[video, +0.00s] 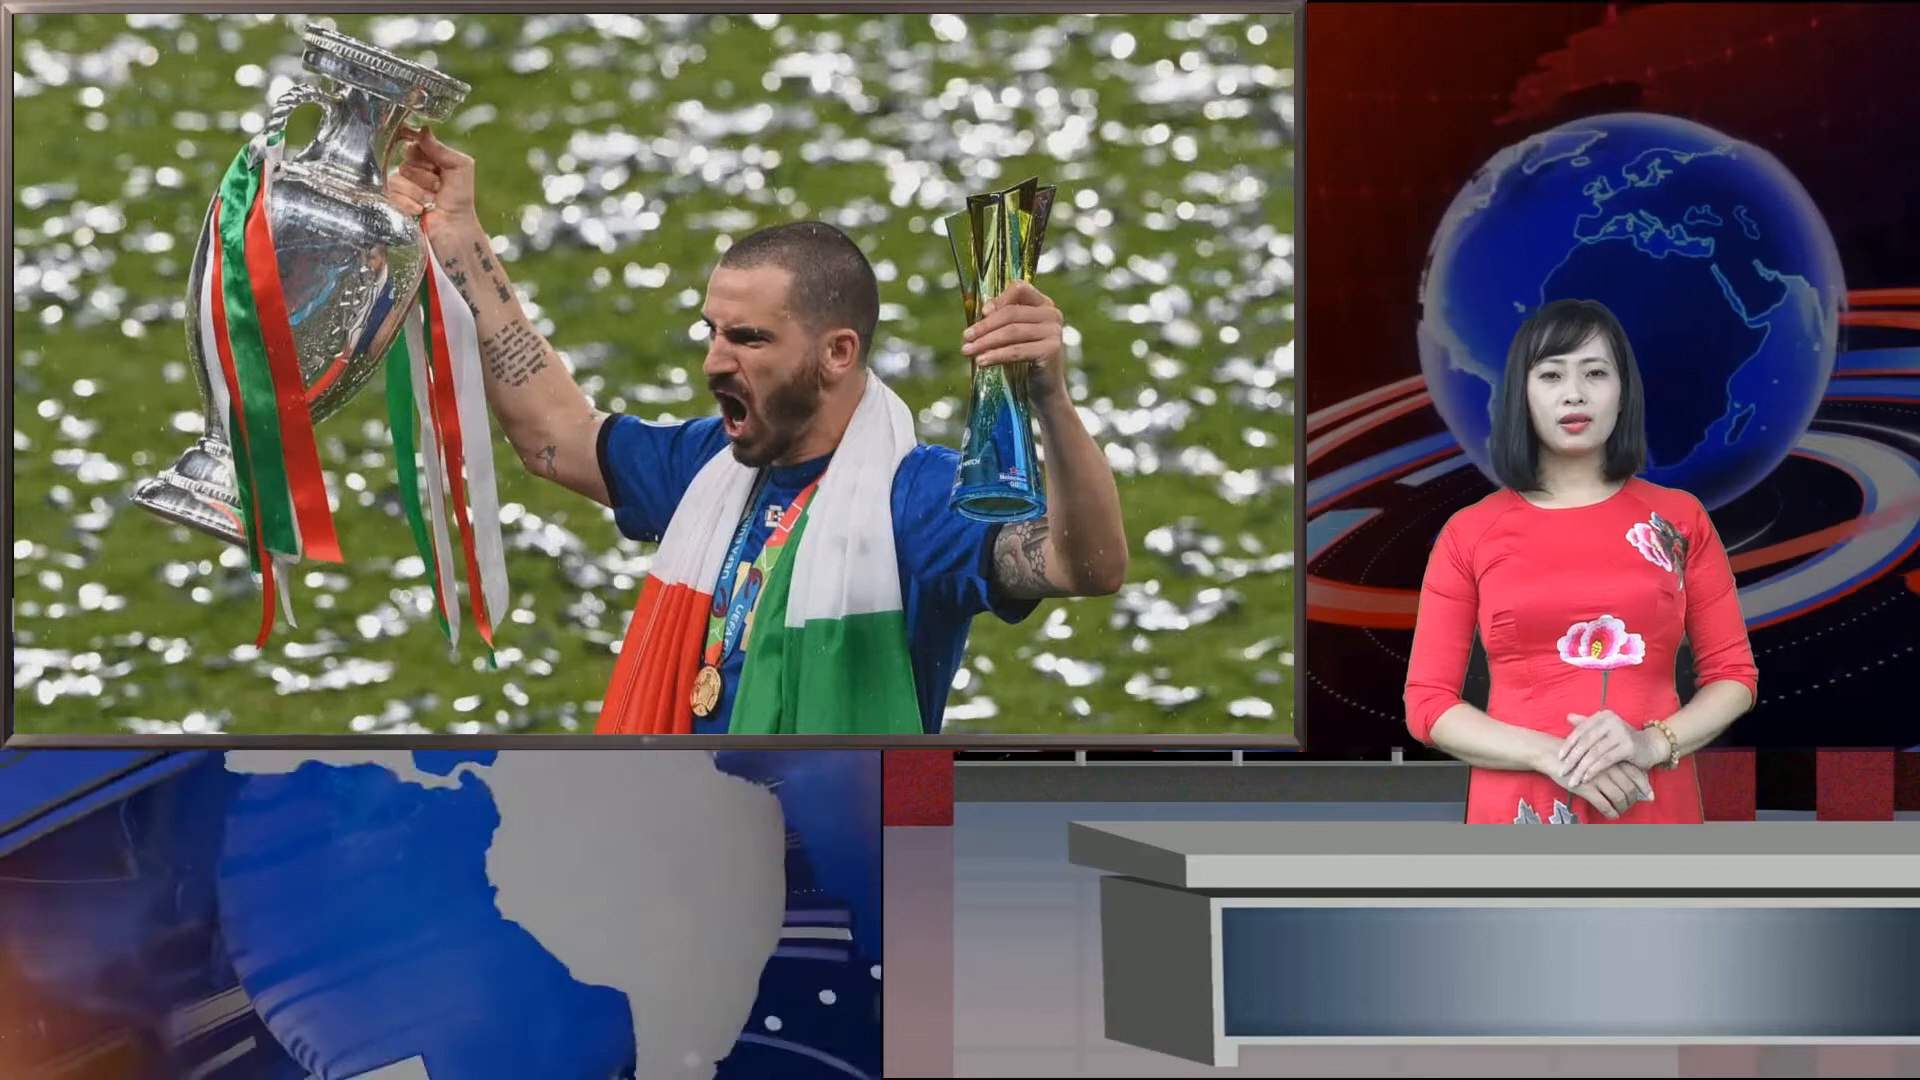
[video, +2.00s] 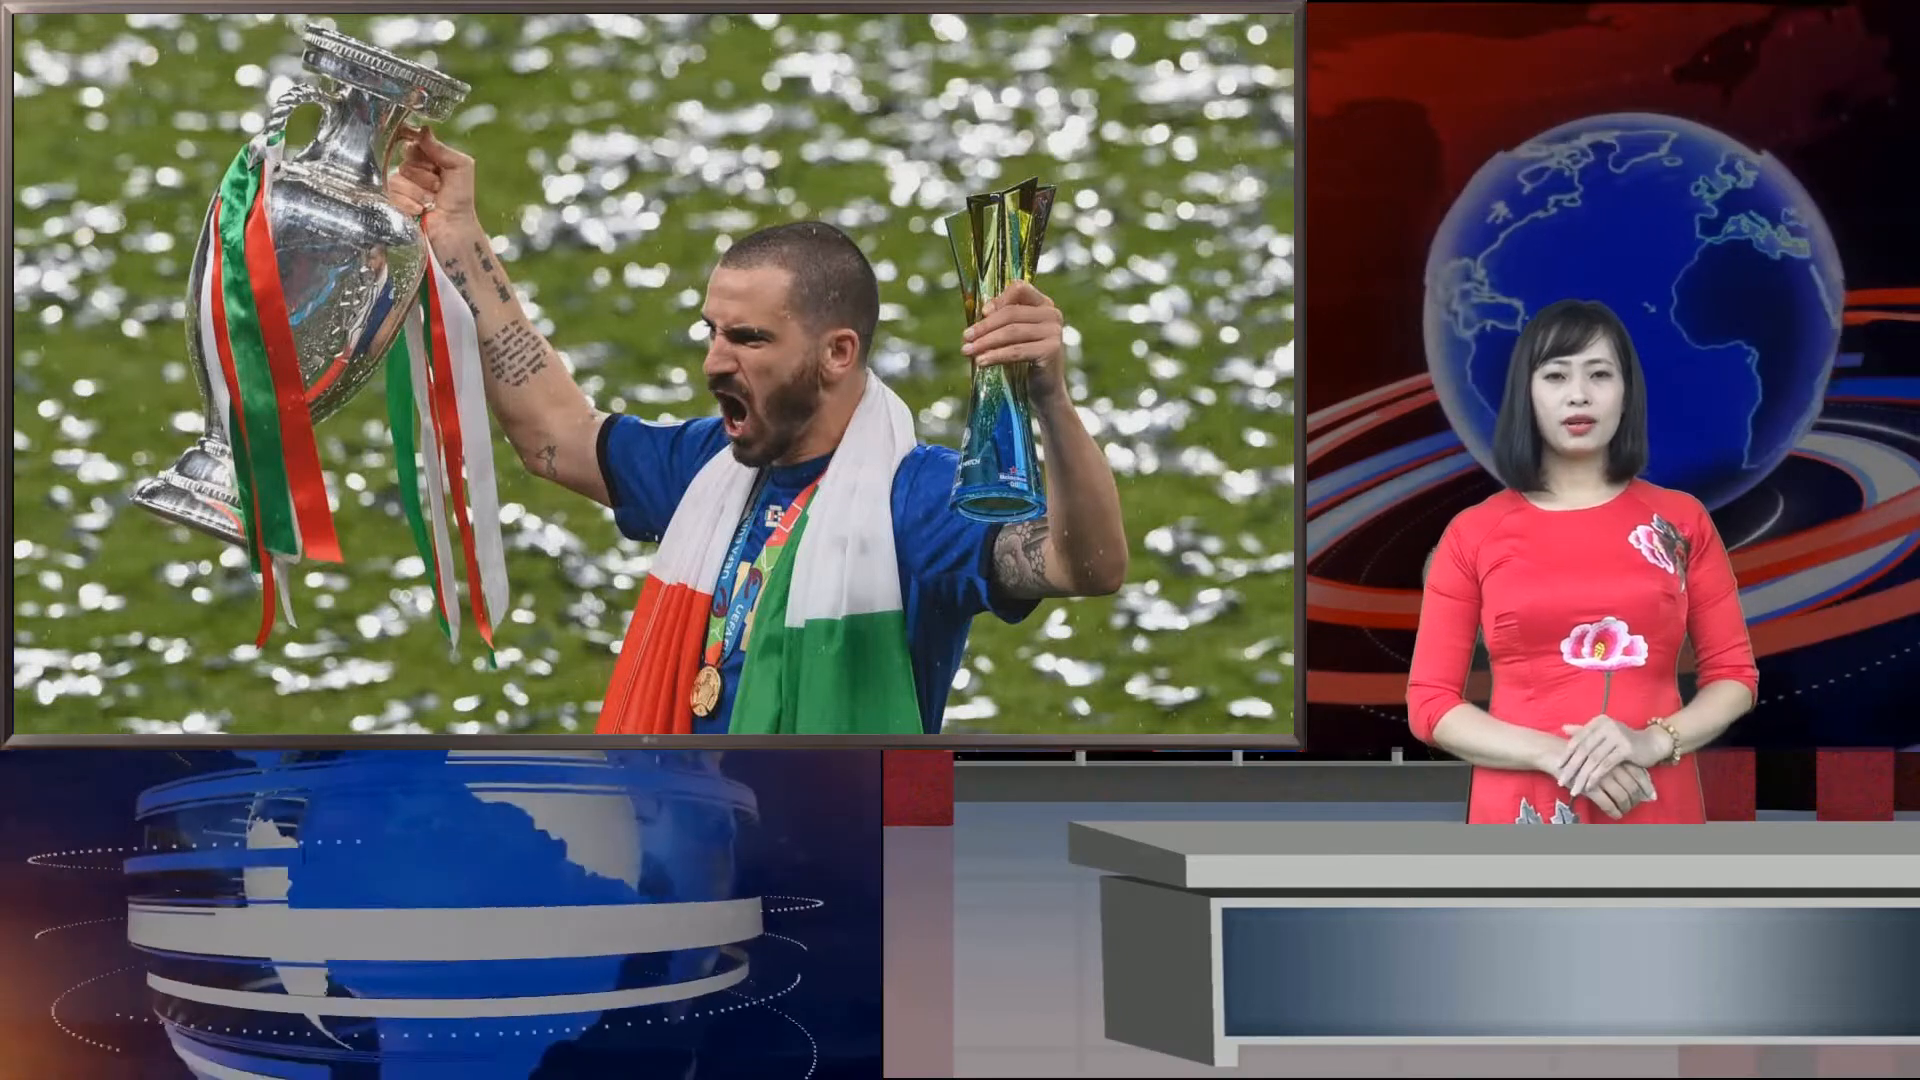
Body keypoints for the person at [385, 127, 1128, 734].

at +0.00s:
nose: (714, 361)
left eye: (747, 339)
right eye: (712, 333)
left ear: (839, 355)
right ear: (705, 327)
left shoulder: (915, 493)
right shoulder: (702, 465)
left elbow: (1090, 563)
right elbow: (557, 438)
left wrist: (1049, 398)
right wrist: (464, 252)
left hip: (833, 898)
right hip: (671, 884)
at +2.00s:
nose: (713, 362)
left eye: (747, 339)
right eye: (711, 333)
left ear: (839, 355)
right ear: (705, 327)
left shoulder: (915, 493)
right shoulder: (703, 466)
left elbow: (1090, 563)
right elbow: (557, 438)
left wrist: (1049, 398)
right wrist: (464, 252)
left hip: (833, 890)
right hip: (674, 881)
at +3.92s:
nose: (713, 361)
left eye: (747, 339)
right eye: (711, 333)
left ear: (839, 355)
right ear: (705, 327)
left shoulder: (914, 493)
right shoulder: (703, 465)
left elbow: (1089, 563)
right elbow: (557, 438)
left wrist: (1049, 398)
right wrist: (465, 255)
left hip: (837, 899)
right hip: (674, 886)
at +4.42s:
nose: (713, 361)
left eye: (747, 339)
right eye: (711, 333)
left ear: (839, 355)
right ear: (705, 327)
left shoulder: (914, 492)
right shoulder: (703, 465)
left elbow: (1089, 563)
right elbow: (557, 438)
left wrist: (1049, 398)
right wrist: (465, 255)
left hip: (829, 899)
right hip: (673, 889)